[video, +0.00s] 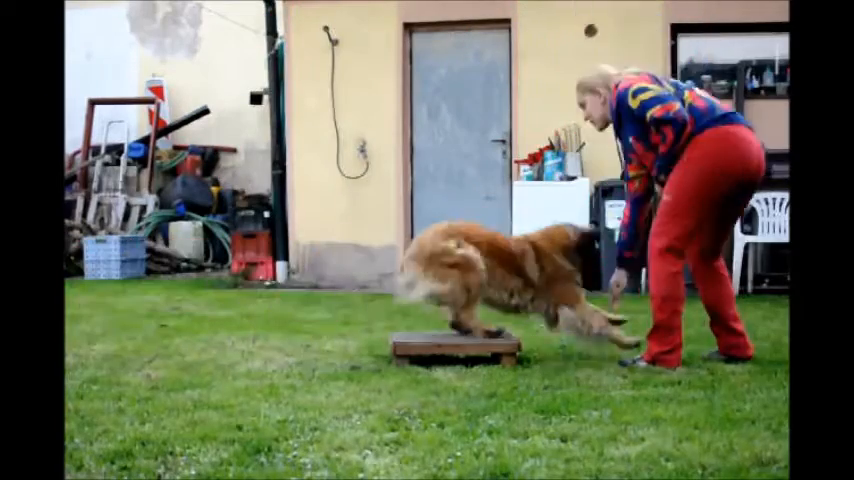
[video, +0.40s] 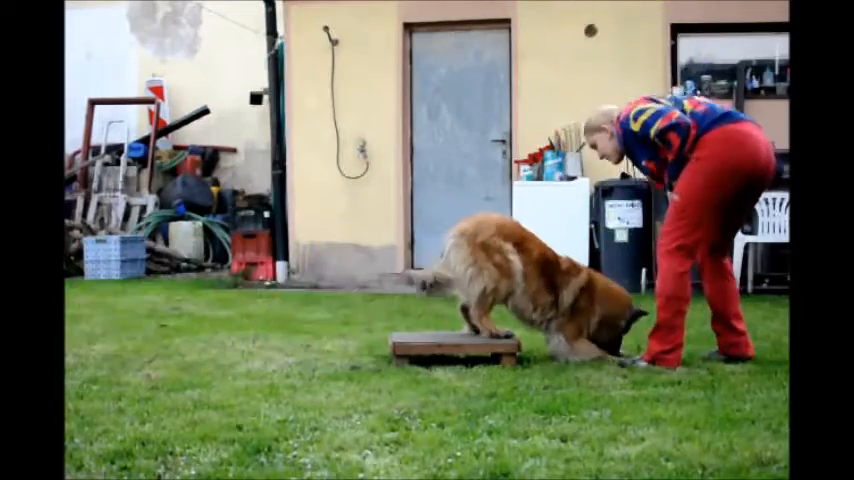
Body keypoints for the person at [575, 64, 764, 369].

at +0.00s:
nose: (585, 115)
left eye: (584, 105)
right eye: (581, 109)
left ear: (601, 92)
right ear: (602, 96)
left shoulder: (629, 87)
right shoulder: (631, 130)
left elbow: (674, 117)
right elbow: (637, 194)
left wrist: (661, 173)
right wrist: (624, 266)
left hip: (718, 144)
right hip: (745, 148)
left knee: (664, 245)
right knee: (705, 253)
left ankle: (662, 354)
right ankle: (735, 347)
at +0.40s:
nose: (599, 155)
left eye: (596, 146)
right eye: (594, 150)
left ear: (607, 129)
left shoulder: (632, 113)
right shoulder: (647, 156)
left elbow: (678, 127)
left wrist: (673, 181)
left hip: (725, 144)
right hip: (758, 148)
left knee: (673, 250)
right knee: (714, 252)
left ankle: (663, 354)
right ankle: (735, 346)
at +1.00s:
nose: (657, 23)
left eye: (659, 13)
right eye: (654, 16)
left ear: (682, 6)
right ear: (685, 8)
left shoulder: (695, 39)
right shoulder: (722, 36)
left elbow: (694, 99)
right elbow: (730, 98)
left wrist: (667, 123)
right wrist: (685, 121)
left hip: (720, 144)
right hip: (754, 143)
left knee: (684, 247)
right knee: (728, 250)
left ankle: (668, 350)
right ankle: (738, 346)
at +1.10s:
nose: (659, 21)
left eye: (662, 12)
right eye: (657, 14)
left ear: (684, 5)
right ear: (687, 7)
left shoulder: (699, 37)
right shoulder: (722, 34)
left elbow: (700, 94)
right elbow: (730, 92)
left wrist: (675, 121)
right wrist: (686, 105)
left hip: (722, 144)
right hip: (753, 143)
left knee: (684, 246)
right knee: (730, 250)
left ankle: (671, 349)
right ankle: (738, 346)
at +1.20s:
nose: (657, 23)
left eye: (658, 13)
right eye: (653, 16)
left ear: (681, 4)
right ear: (685, 7)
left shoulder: (699, 33)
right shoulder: (720, 30)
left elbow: (708, 86)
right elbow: (748, 89)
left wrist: (685, 123)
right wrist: (706, 124)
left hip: (725, 140)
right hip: (752, 139)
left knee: (687, 240)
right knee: (735, 247)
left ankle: (693, 348)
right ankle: (739, 346)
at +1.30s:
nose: (648, 27)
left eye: (650, 17)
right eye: (645, 21)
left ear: (674, 8)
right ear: (676, 11)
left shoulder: (696, 34)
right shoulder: (716, 32)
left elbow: (711, 86)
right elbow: (750, 87)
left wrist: (687, 126)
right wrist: (708, 128)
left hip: (729, 139)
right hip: (753, 138)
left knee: (691, 241)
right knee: (735, 247)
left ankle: (701, 349)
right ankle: (739, 345)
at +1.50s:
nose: (619, 69)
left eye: (619, 60)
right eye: (614, 64)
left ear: (637, 45)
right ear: (637, 49)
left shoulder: (672, 54)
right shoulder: (672, 58)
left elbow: (711, 100)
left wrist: (690, 156)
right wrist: (690, 176)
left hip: (739, 139)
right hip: (758, 138)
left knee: (706, 243)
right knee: (733, 247)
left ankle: (704, 350)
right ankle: (737, 344)